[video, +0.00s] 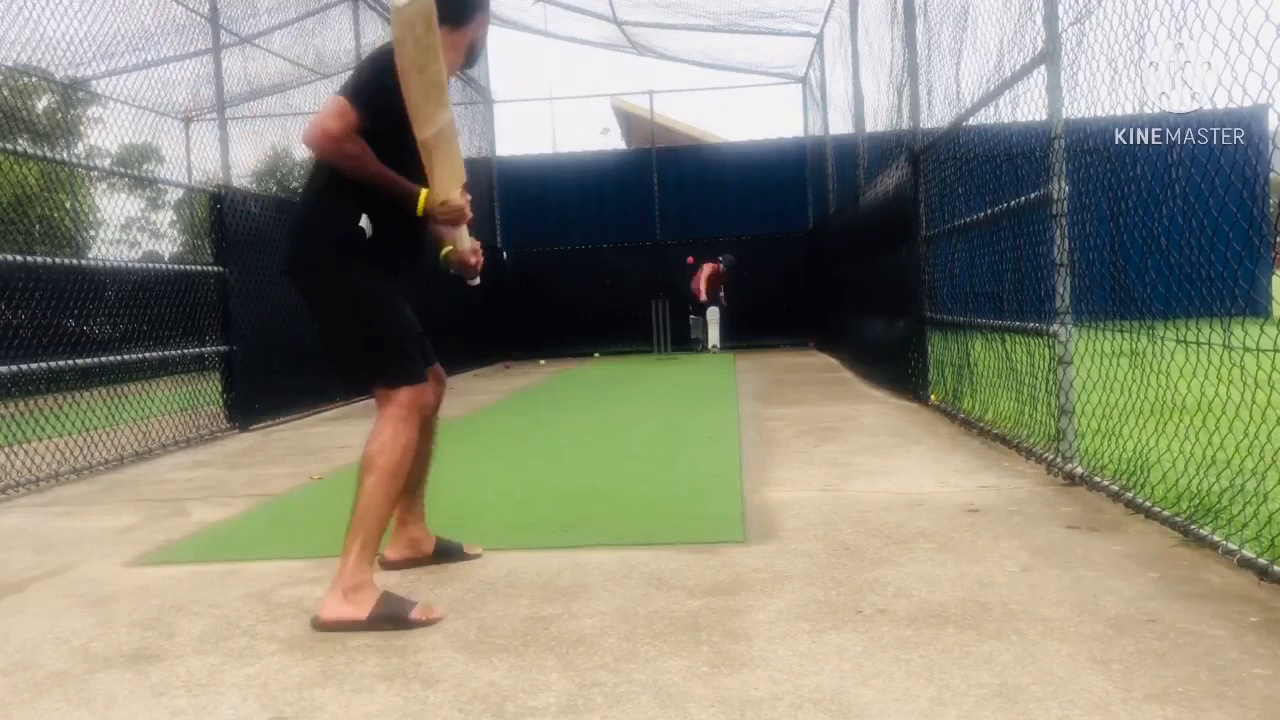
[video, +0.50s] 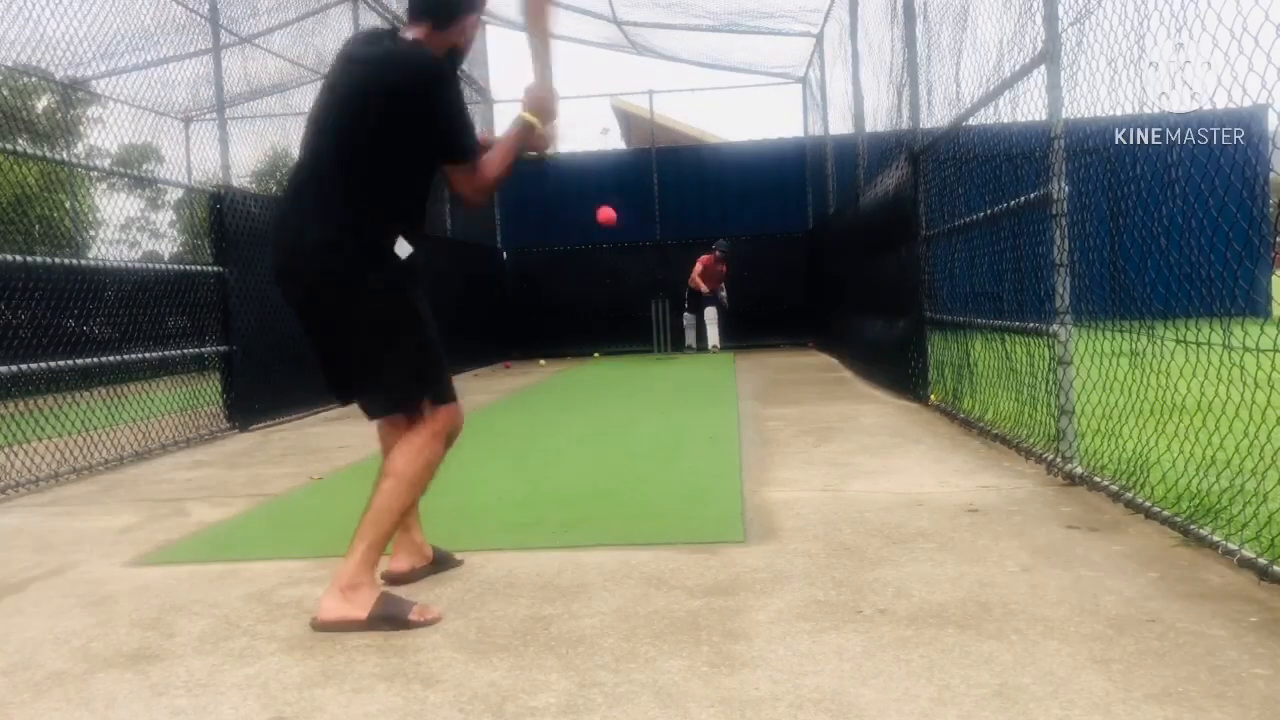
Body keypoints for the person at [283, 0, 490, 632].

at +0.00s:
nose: (474, 52)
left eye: (478, 39)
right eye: (476, 37)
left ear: (438, 25)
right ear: (461, 26)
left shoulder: (424, 83)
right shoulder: (396, 62)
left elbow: (421, 184)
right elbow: (326, 134)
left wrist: (454, 239)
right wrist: (419, 197)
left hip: (370, 255)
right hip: (334, 254)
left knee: (428, 383)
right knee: (406, 394)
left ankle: (409, 534)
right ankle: (350, 590)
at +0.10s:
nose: (487, 35)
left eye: (490, 23)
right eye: (481, 20)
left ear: (475, 28)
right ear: (450, 20)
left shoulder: (446, 89)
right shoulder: (406, 61)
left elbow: (402, 188)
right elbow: (332, 137)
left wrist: (441, 250)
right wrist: (424, 205)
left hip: (364, 250)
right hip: (325, 247)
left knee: (418, 377)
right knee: (400, 394)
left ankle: (415, 539)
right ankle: (350, 591)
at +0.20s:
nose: (497, 44)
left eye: (497, 31)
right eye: (498, 30)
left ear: (443, 21)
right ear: (484, 28)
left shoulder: (426, 86)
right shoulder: (411, 66)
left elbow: (385, 197)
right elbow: (332, 148)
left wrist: (415, 266)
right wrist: (422, 223)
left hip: (350, 255)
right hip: (325, 253)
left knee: (421, 379)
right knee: (401, 397)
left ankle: (409, 548)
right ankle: (350, 592)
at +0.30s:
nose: (497, 47)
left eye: (497, 34)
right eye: (496, 32)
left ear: (442, 27)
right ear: (482, 33)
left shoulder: (431, 97)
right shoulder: (403, 68)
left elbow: (398, 204)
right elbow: (333, 151)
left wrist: (440, 255)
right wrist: (442, 201)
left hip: (356, 254)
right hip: (322, 253)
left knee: (421, 384)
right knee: (408, 398)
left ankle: (407, 548)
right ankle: (350, 592)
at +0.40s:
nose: (491, 52)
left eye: (492, 40)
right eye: (489, 38)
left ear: (437, 27)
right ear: (471, 37)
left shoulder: (432, 100)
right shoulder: (400, 75)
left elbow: (459, 197)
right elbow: (386, 171)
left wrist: (514, 205)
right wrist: (491, 143)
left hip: (355, 264)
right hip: (329, 264)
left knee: (412, 402)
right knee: (426, 409)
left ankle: (411, 549)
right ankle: (349, 591)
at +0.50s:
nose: (476, 35)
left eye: (477, 23)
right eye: (476, 24)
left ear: (414, 14)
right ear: (460, 23)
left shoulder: (364, 48)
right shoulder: (430, 73)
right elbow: (473, 184)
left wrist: (504, 142)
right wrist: (525, 130)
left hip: (304, 249)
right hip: (356, 256)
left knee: (393, 408)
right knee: (439, 418)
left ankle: (410, 549)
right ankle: (350, 592)